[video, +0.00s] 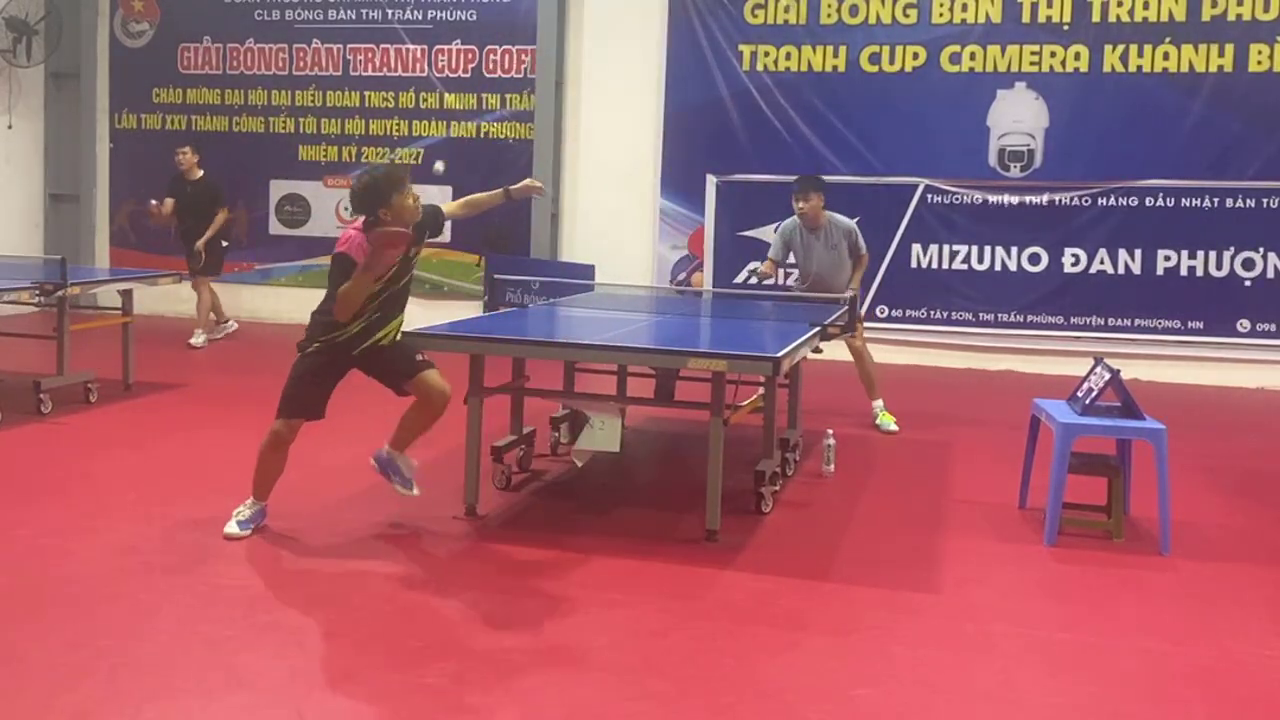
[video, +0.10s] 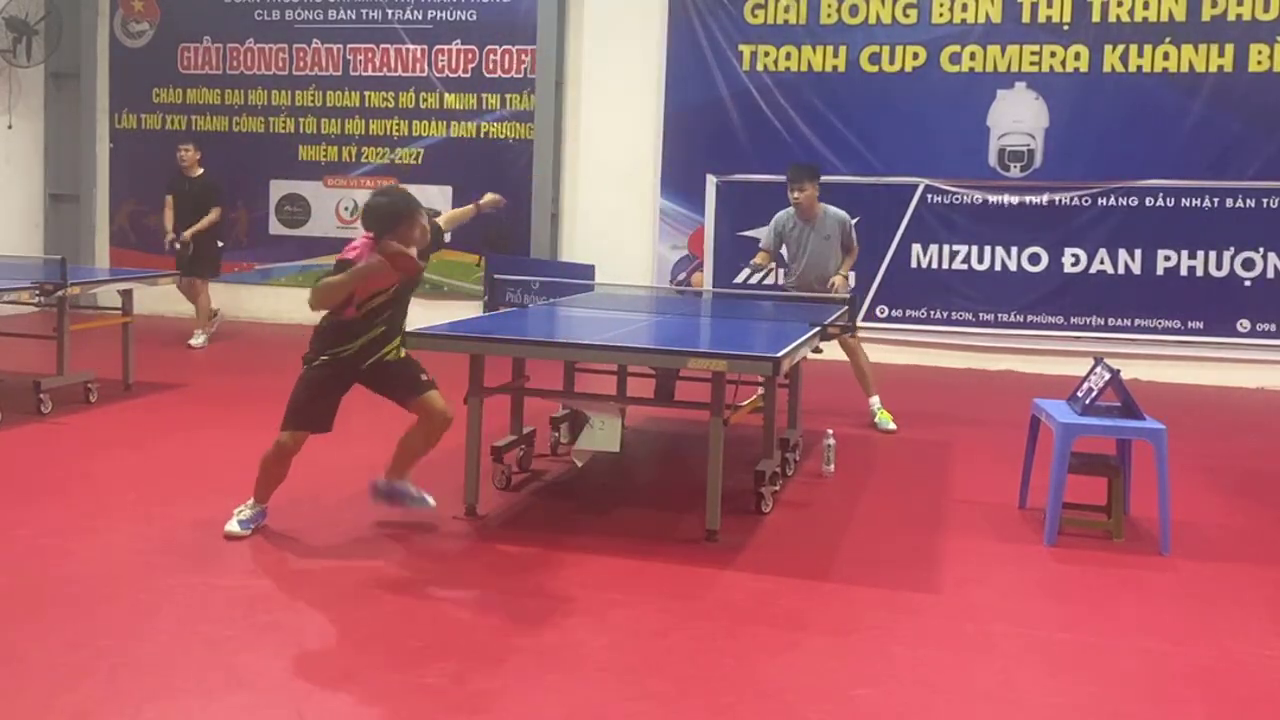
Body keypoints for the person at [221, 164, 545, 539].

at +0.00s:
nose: (416, 197)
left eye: (412, 191)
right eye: (408, 194)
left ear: (398, 205)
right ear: (385, 209)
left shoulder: (415, 225)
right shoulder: (354, 242)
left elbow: (462, 207)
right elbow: (341, 309)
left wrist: (511, 192)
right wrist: (373, 269)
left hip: (380, 339)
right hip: (330, 342)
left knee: (437, 393)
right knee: (282, 431)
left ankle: (391, 455)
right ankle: (255, 505)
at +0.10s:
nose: (426, 229)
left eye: (423, 222)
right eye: (419, 225)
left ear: (411, 228)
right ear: (395, 234)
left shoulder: (417, 241)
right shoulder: (359, 255)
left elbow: (446, 222)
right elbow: (318, 300)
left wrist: (479, 205)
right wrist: (364, 272)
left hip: (384, 350)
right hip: (332, 357)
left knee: (438, 416)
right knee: (288, 442)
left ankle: (393, 482)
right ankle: (256, 506)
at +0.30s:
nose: (487, 252)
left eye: (489, 246)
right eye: (486, 245)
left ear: (463, 240)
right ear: (465, 242)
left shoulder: (443, 258)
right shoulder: (406, 259)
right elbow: (356, 269)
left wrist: (404, 336)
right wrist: (390, 324)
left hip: (393, 345)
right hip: (349, 344)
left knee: (450, 428)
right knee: (332, 453)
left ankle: (401, 501)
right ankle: (263, 494)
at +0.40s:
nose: (503, 237)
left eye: (505, 229)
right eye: (503, 229)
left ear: (472, 221)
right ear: (489, 228)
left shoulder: (449, 243)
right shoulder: (436, 254)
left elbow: (405, 252)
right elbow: (394, 271)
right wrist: (425, 326)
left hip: (397, 349)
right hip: (362, 350)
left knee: (448, 427)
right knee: (381, 446)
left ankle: (402, 501)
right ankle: (293, 482)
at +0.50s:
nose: (508, 219)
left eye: (511, 210)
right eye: (509, 210)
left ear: (476, 202)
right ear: (498, 209)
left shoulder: (441, 221)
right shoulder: (456, 239)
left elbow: (398, 242)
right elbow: (424, 272)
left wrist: (372, 261)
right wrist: (456, 320)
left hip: (398, 339)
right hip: (378, 342)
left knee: (443, 421)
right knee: (427, 427)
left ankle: (400, 502)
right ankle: (341, 498)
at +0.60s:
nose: (517, 198)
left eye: (515, 190)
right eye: (516, 190)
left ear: (476, 186)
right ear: (507, 193)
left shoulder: (442, 212)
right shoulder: (473, 233)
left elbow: (392, 238)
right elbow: (446, 278)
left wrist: (371, 257)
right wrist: (475, 322)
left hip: (374, 330)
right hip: (400, 335)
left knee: (425, 418)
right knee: (456, 423)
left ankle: (396, 503)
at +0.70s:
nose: (514, 203)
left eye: (515, 196)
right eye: (515, 196)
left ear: (471, 191)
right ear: (506, 197)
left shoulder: (435, 220)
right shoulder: (482, 243)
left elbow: (380, 249)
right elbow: (474, 305)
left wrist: (375, 259)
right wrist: (501, 334)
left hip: (386, 347)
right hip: (419, 352)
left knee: (421, 430)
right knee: (476, 448)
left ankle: (373, 519)